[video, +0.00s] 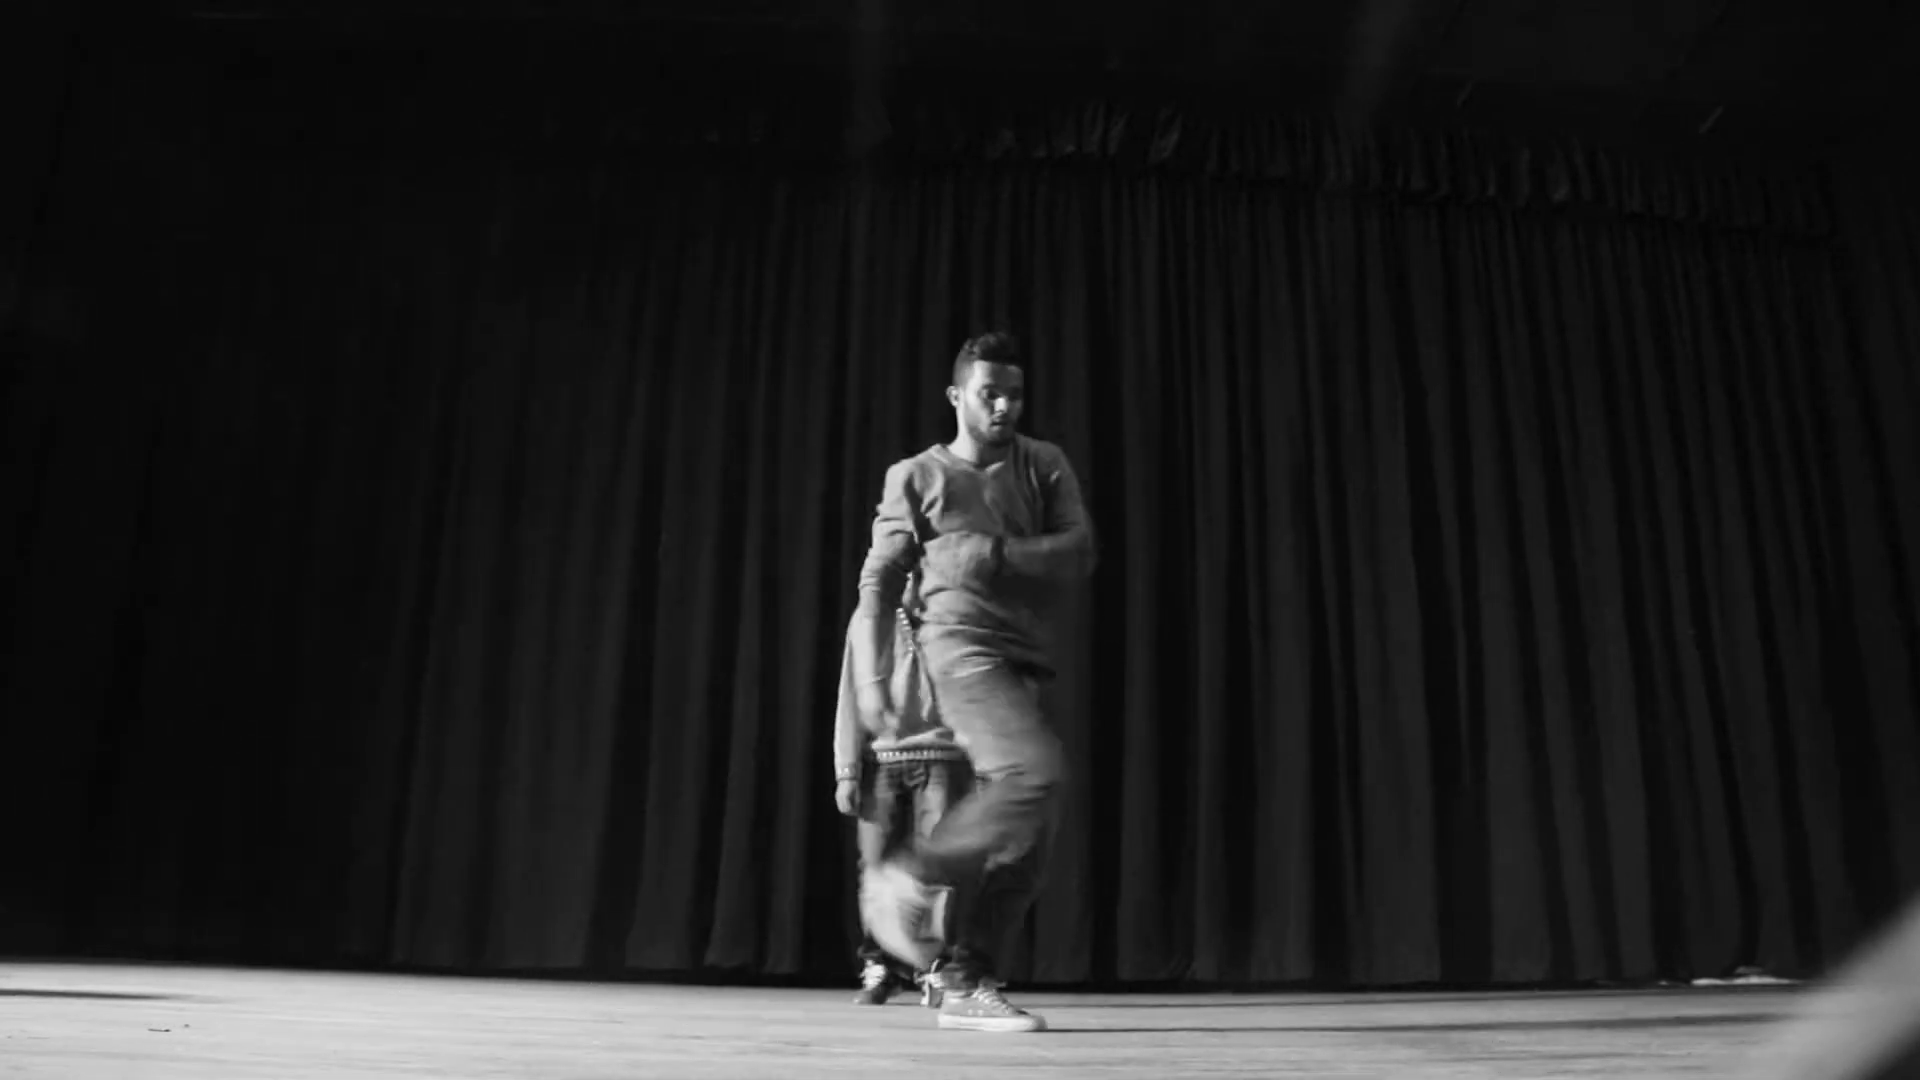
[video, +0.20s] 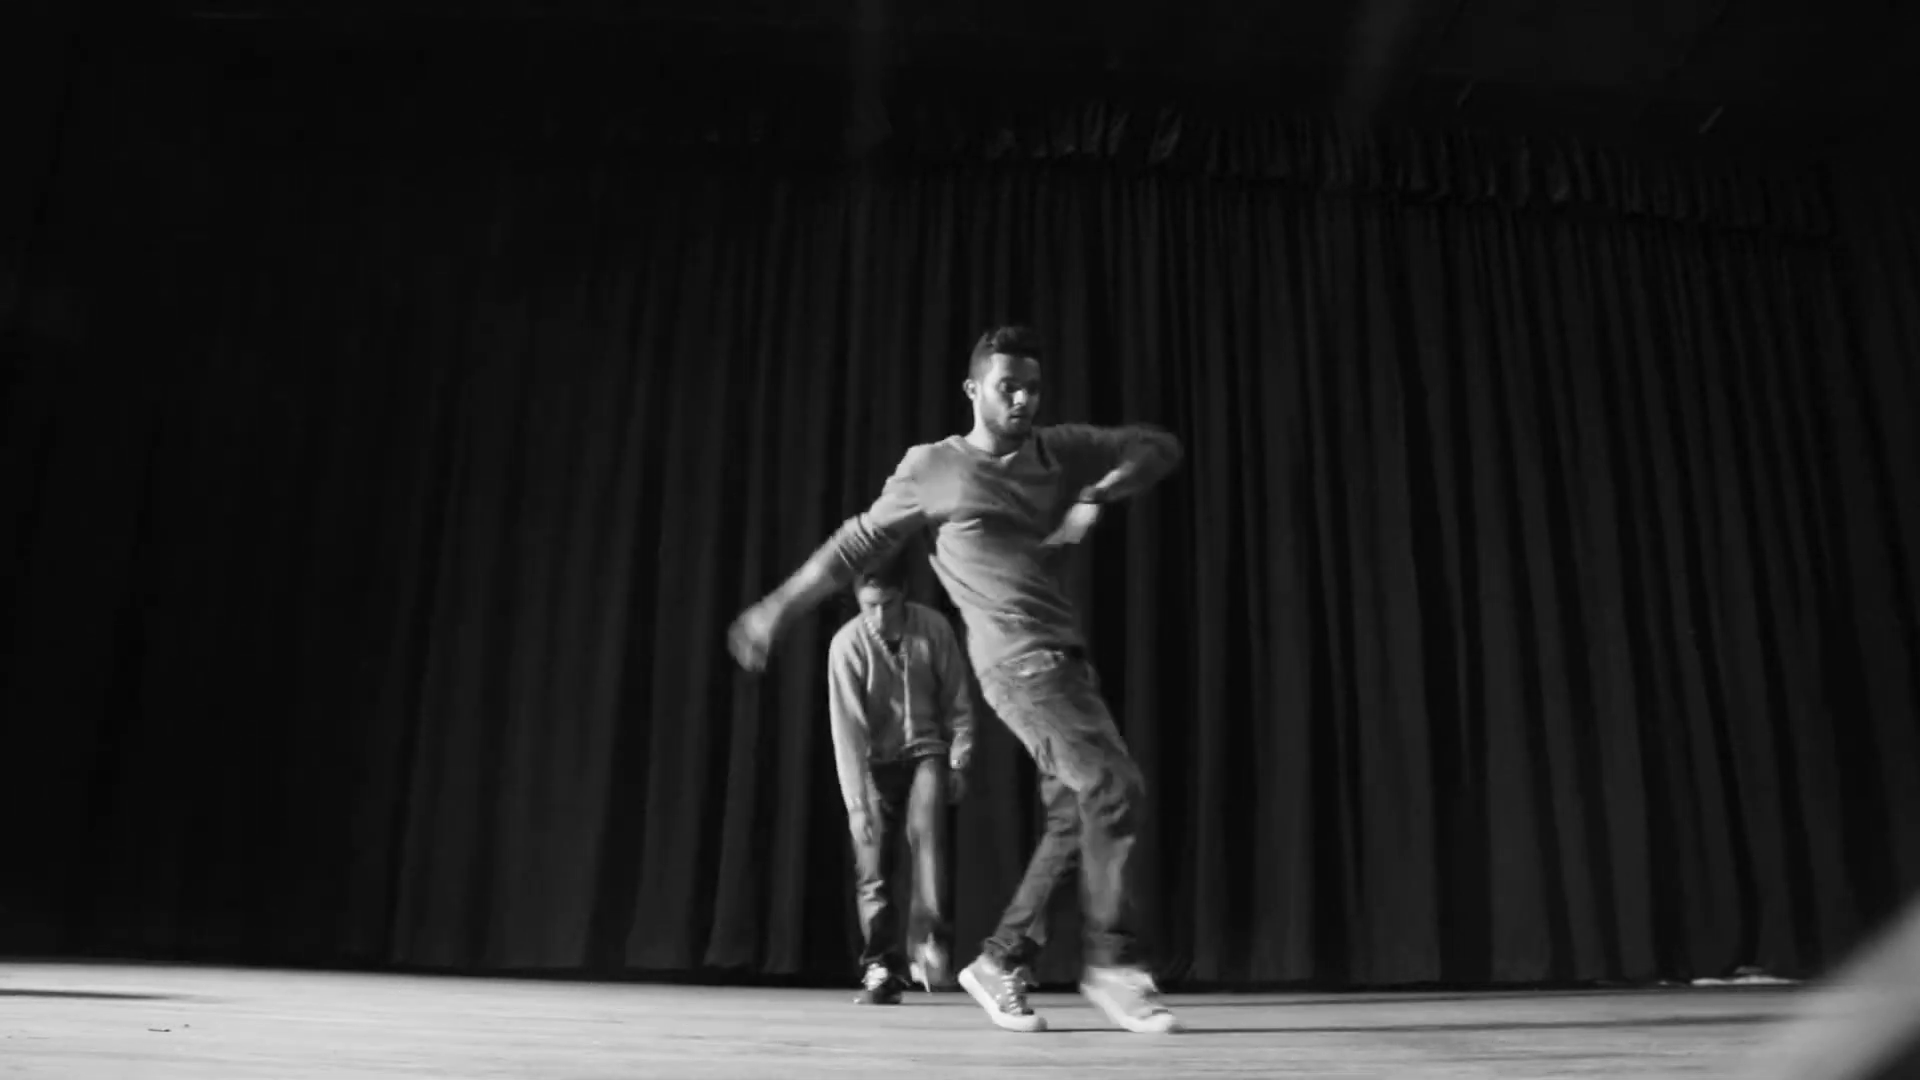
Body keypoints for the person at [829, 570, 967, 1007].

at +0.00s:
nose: (909, 590)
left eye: (916, 581)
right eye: (901, 582)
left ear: (929, 583)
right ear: (885, 584)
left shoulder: (945, 625)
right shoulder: (867, 624)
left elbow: (972, 696)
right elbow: (849, 699)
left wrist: (981, 759)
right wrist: (847, 770)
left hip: (939, 760)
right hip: (881, 761)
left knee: (938, 866)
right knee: (874, 869)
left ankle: (934, 965)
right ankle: (877, 961)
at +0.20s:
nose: (879, 617)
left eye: (886, 605)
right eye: (870, 607)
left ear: (902, 598)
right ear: (858, 604)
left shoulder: (934, 628)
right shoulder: (847, 646)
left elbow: (958, 695)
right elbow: (846, 728)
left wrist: (959, 754)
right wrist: (858, 801)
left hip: (927, 748)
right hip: (874, 754)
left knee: (927, 834)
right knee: (872, 861)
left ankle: (931, 951)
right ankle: (879, 963)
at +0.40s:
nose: (864, 636)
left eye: (871, 624)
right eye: (854, 627)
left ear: (886, 617)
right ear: (841, 624)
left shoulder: (919, 640)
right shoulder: (839, 672)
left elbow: (954, 707)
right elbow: (854, 754)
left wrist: (959, 767)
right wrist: (881, 835)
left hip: (916, 745)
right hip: (866, 754)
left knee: (928, 756)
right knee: (864, 857)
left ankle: (918, 866)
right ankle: (874, 964)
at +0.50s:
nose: (860, 631)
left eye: (867, 620)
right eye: (850, 622)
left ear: (881, 616)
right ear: (837, 623)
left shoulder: (915, 642)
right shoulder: (835, 676)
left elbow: (950, 707)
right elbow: (855, 758)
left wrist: (957, 768)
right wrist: (888, 834)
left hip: (912, 747)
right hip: (864, 757)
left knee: (927, 748)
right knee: (866, 862)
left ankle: (919, 855)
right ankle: (876, 965)